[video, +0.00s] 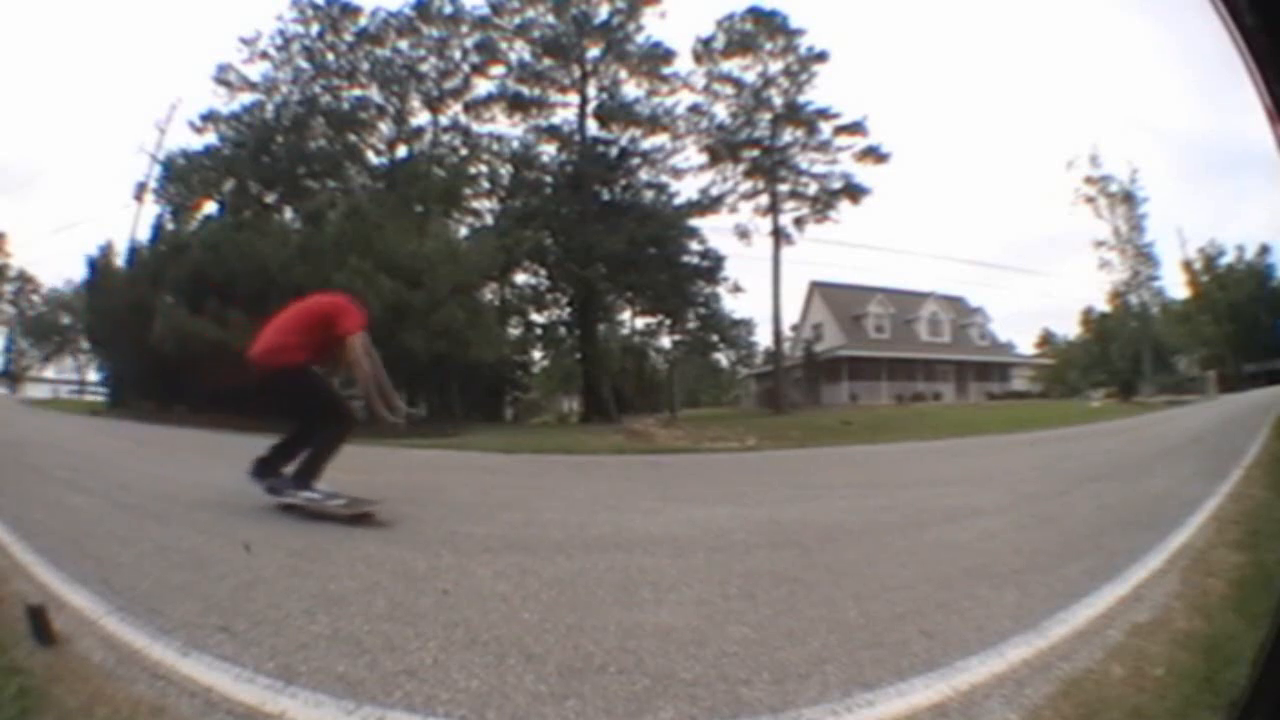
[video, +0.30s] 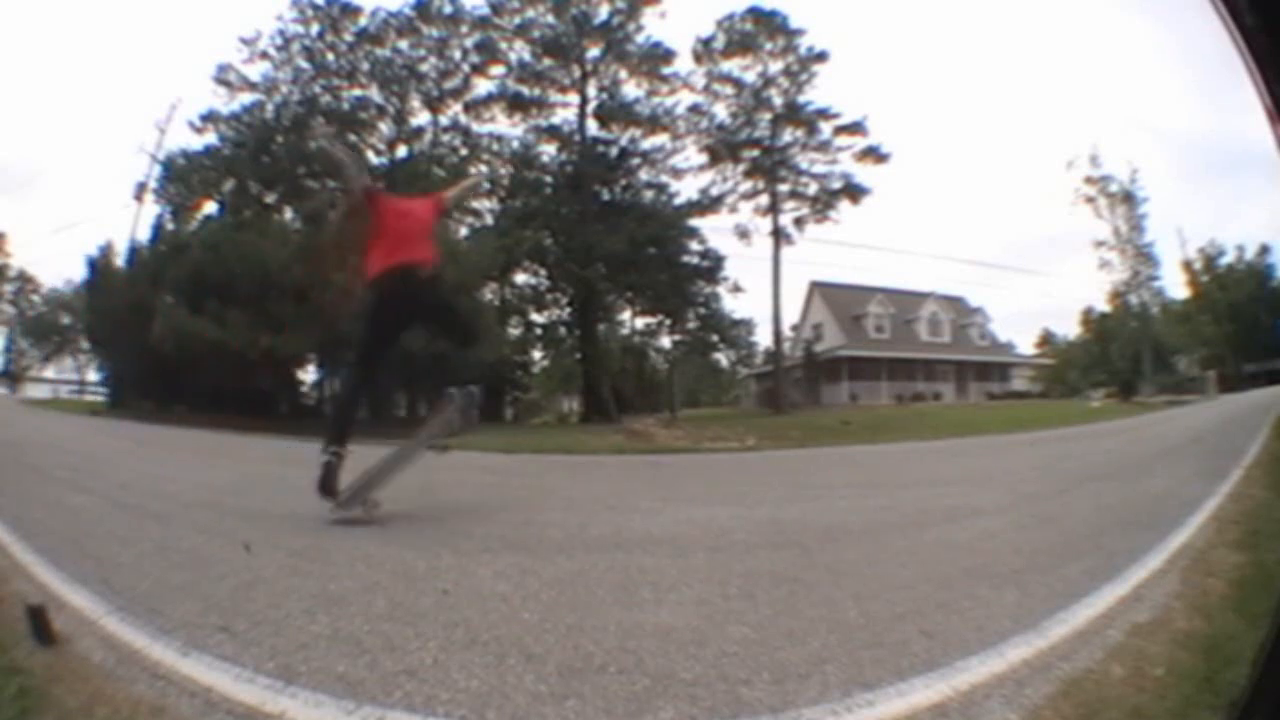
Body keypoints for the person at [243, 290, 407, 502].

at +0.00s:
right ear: (360, 309)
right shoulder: (346, 308)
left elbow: (371, 358)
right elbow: (360, 362)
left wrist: (393, 401)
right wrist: (378, 410)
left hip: (267, 365)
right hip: (286, 367)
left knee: (315, 421)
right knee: (341, 421)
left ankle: (267, 468)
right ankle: (300, 483)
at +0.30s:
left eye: (364, 194)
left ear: (375, 191)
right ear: (406, 191)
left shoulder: (374, 200)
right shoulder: (428, 204)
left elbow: (350, 172)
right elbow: (454, 192)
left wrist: (329, 142)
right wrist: (476, 177)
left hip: (387, 287)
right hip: (425, 284)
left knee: (362, 370)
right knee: (467, 335)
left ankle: (334, 452)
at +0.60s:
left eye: (431, 215)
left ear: (440, 213)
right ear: (465, 207)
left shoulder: (446, 235)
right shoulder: (495, 221)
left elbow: (429, 276)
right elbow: (543, 214)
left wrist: (420, 307)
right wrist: (589, 205)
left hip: (510, 291)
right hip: (531, 286)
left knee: (499, 369)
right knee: (504, 367)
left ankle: (531, 448)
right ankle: (524, 444)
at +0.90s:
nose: (492, 299)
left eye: (489, 292)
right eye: (487, 295)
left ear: (497, 281)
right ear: (497, 281)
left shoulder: (530, 276)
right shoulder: (525, 289)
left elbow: (560, 298)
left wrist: (558, 342)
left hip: (607, 322)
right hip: (583, 334)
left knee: (616, 396)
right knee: (576, 407)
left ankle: (646, 457)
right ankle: (584, 473)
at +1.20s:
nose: (565, 361)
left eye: (564, 353)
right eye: (561, 356)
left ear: (576, 341)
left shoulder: (610, 315)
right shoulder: (587, 355)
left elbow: (629, 346)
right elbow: (594, 391)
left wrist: (601, 392)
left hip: (671, 320)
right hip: (644, 337)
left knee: (691, 380)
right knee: (647, 407)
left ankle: (712, 443)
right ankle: (663, 475)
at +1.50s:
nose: (646, 427)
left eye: (648, 420)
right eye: (641, 423)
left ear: (656, 408)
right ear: (629, 411)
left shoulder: (676, 397)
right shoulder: (629, 405)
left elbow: (697, 451)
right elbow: (631, 454)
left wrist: (702, 507)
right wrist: (633, 506)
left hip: (695, 368)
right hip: (664, 378)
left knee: (748, 405)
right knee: (697, 445)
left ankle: (782, 457)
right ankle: (745, 471)